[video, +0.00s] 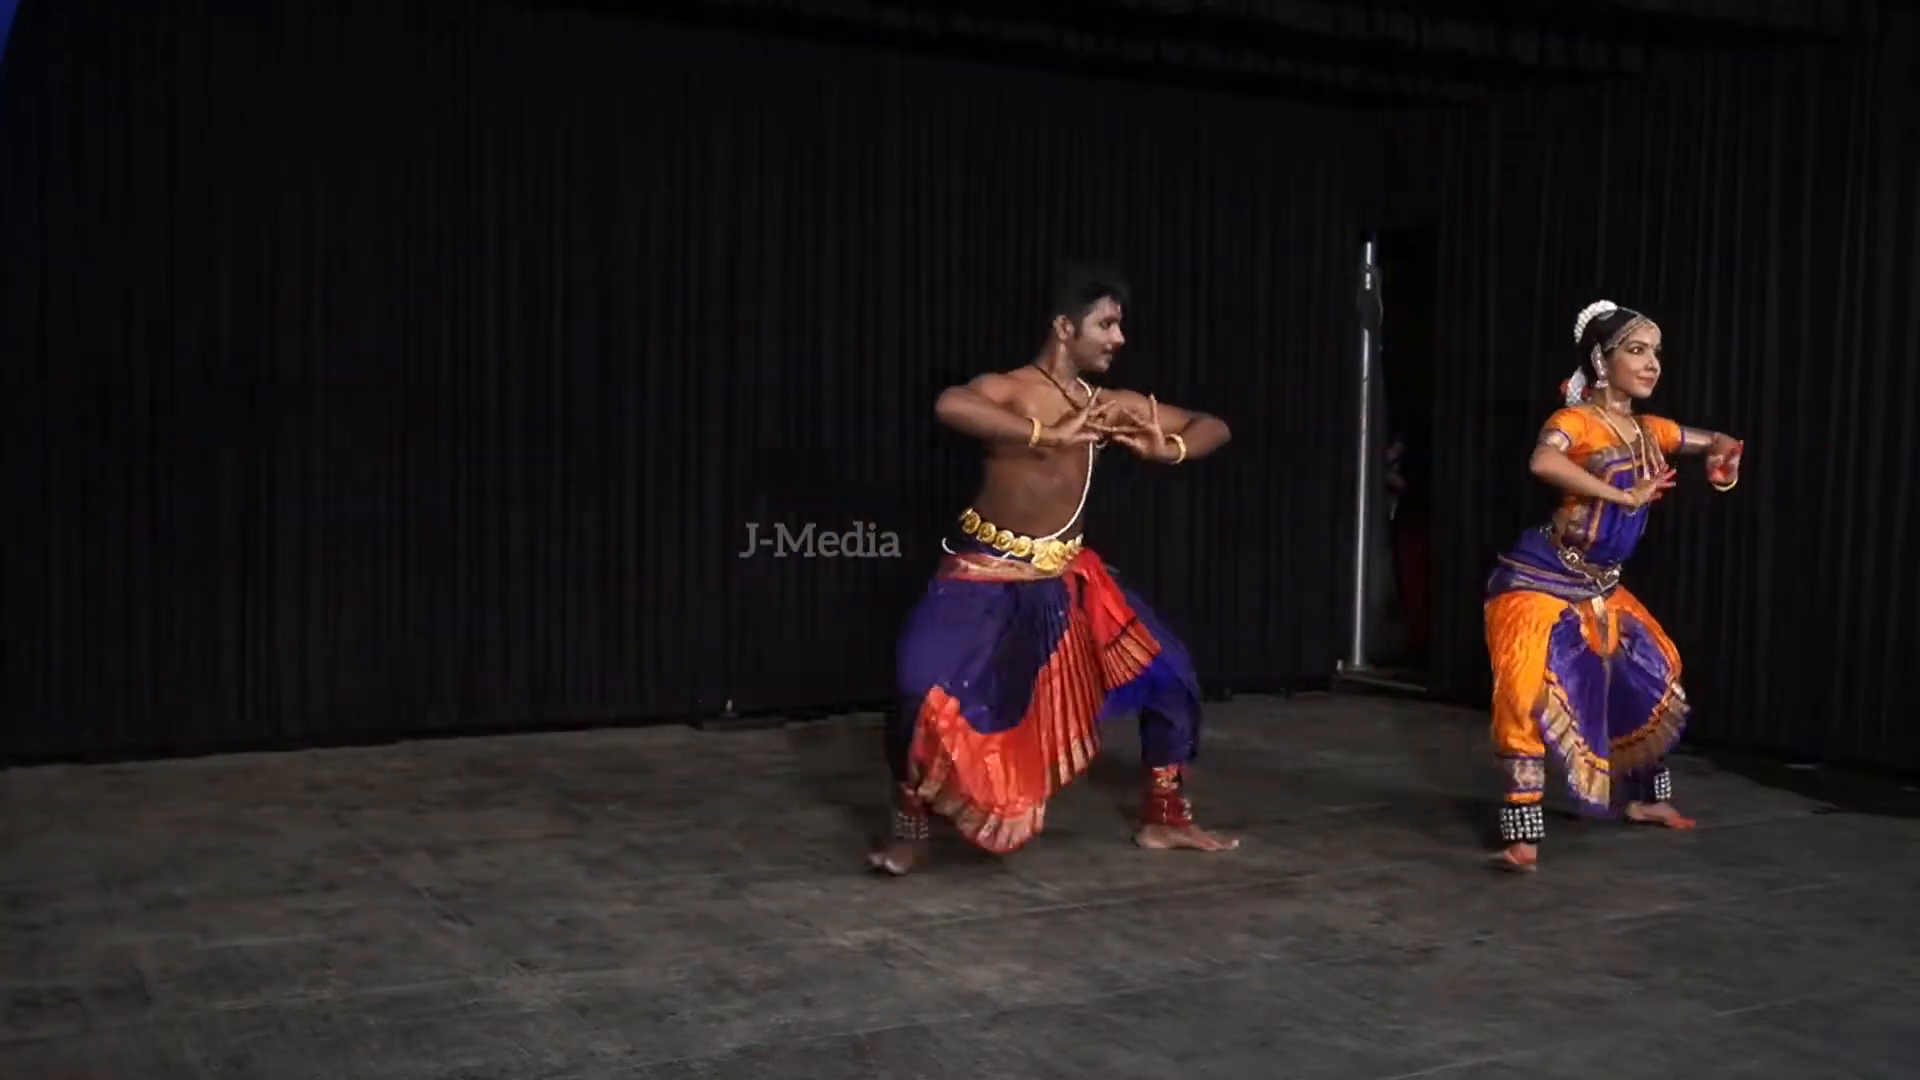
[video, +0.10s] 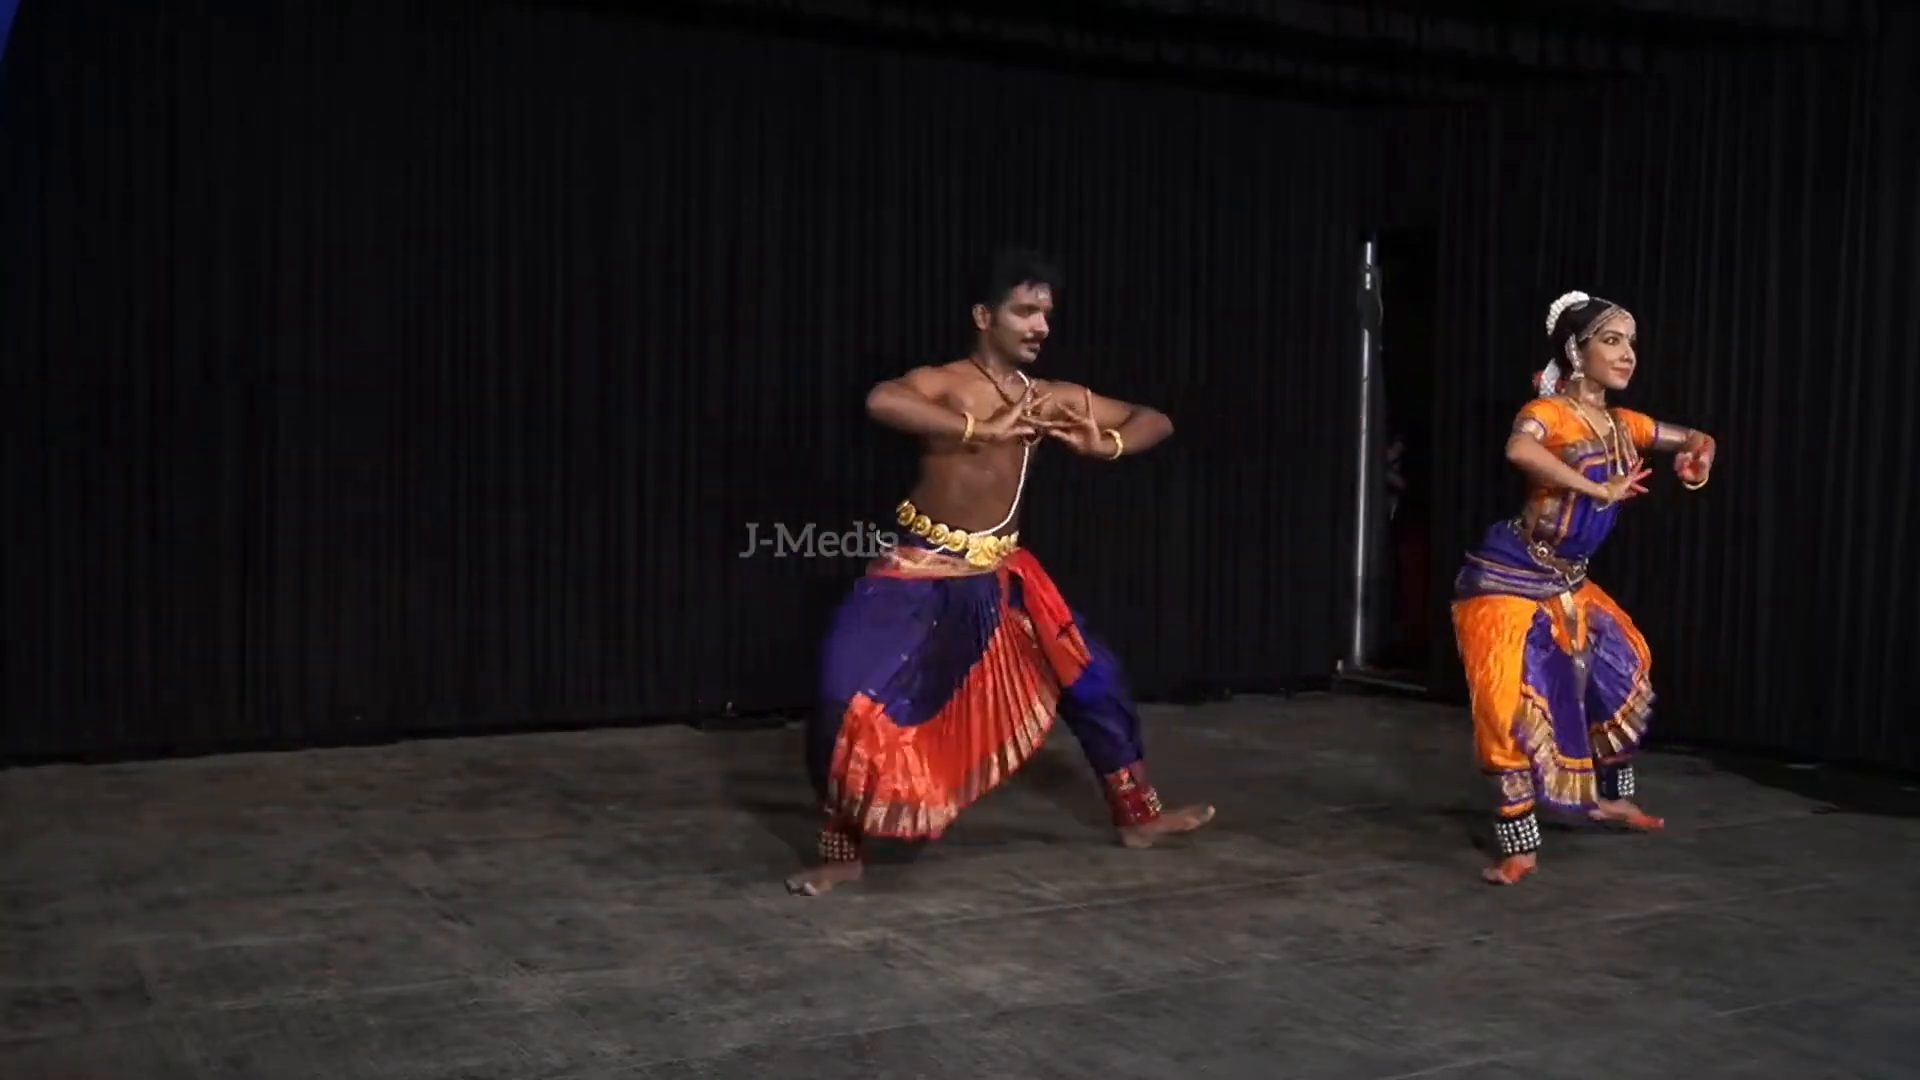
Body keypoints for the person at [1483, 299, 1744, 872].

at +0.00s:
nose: (1651, 362)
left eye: (1656, 352)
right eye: (1637, 350)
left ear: (1658, 364)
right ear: (1602, 360)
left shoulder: (1652, 430)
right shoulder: (1577, 421)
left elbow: (1718, 441)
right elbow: (1544, 462)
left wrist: (1724, 456)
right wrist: (1621, 494)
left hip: (1600, 588)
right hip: (1540, 580)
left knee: (1656, 666)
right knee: (1522, 685)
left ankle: (1647, 795)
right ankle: (1522, 830)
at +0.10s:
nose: (1626, 353)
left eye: (1631, 343)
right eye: (1612, 340)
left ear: (1632, 353)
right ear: (1576, 350)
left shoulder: (1624, 424)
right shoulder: (1548, 412)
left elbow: (1696, 439)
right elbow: (1520, 450)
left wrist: (1699, 455)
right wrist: (1594, 488)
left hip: (1566, 585)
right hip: (1506, 579)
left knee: (1627, 659)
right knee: (1501, 697)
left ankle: (1610, 794)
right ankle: (1520, 840)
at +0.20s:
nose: (1599, 348)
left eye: (1603, 338)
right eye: (1584, 335)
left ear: (1604, 350)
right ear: (1547, 345)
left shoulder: (1597, 421)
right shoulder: (1520, 407)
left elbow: (1667, 434)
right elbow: (1492, 442)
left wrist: (1672, 451)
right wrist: (1569, 480)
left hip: (1538, 584)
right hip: (1477, 580)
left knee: (1602, 670)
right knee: (1490, 706)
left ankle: (1526, 766)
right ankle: (1518, 846)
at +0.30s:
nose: (1568, 342)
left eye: (1572, 332)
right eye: (1553, 329)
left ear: (1572, 344)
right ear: (1515, 342)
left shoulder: (1569, 419)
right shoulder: (1488, 403)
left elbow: (1645, 433)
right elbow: (1459, 438)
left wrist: (1644, 453)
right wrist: (1542, 473)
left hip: (1508, 590)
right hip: (1448, 585)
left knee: (1552, 705)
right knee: (1486, 712)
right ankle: (1516, 848)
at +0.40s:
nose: (1537, 340)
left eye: (1539, 328)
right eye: (1520, 327)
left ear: (1538, 342)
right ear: (1483, 341)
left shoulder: (1538, 420)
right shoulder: (1455, 405)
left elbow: (1619, 435)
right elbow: (1421, 436)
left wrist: (1614, 453)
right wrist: (1505, 468)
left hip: (1480, 592)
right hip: (1420, 584)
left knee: (1494, 717)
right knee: (1459, 716)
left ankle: (1374, 818)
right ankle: (1504, 832)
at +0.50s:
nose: (1507, 336)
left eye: (1509, 325)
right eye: (1491, 324)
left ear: (1506, 341)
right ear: (1453, 338)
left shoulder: (1509, 419)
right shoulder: (1424, 402)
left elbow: (1590, 437)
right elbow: (1387, 434)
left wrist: (1586, 454)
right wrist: (1470, 467)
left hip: (1457, 592)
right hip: (1395, 582)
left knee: (1469, 717)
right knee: (1415, 707)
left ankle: (1358, 827)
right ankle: (1453, 825)